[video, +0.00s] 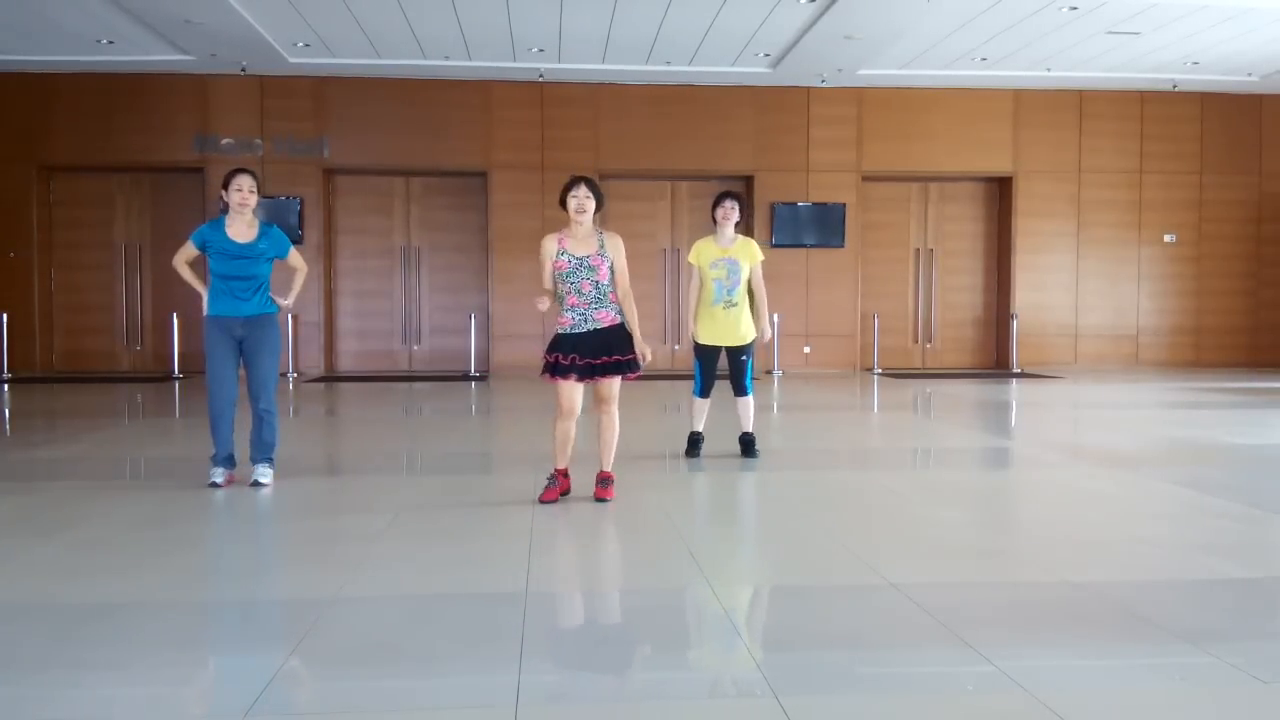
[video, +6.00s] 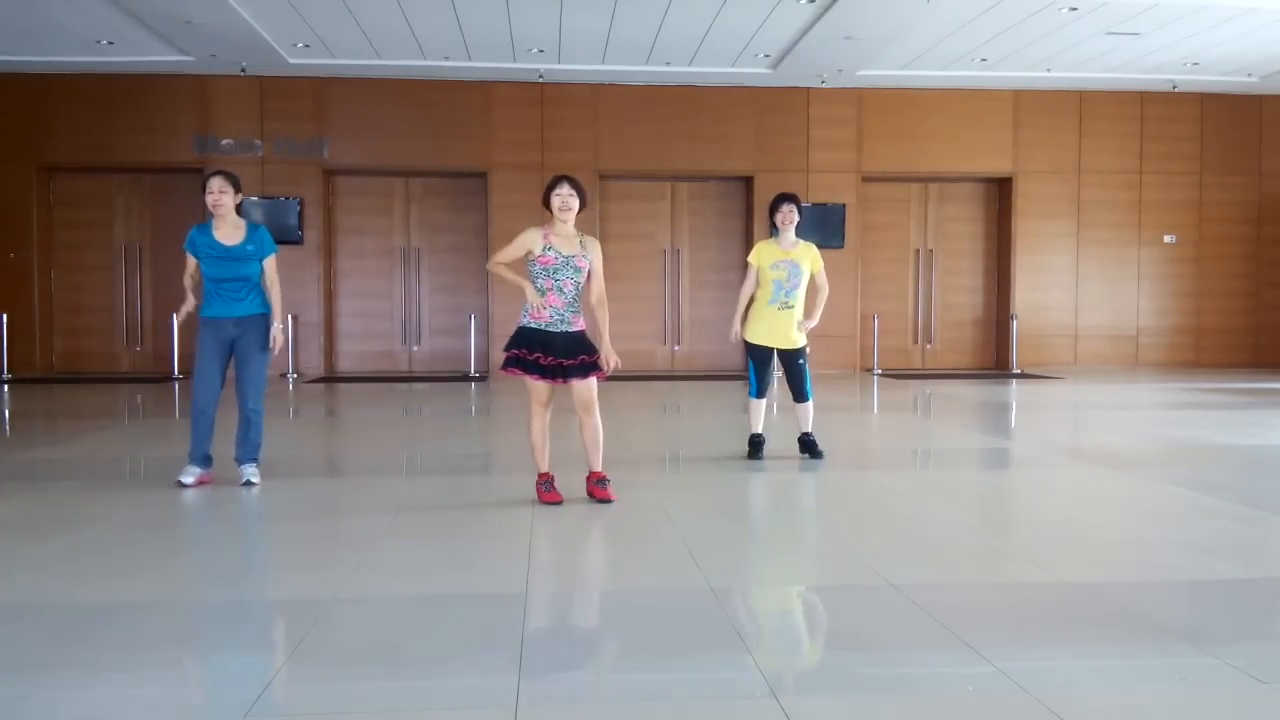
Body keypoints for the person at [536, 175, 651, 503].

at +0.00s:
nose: (581, 202)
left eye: (587, 197)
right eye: (575, 197)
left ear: (597, 204)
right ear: (565, 202)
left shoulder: (612, 242)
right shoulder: (551, 244)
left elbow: (624, 292)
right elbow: (549, 292)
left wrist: (637, 337)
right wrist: (547, 300)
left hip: (610, 335)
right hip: (570, 336)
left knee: (607, 405)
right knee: (567, 410)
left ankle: (605, 475)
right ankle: (560, 475)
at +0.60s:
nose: (561, 197)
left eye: (567, 192)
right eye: (554, 192)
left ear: (575, 200)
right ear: (544, 199)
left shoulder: (584, 241)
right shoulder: (531, 235)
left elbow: (592, 292)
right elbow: (502, 275)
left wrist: (606, 339)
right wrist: (538, 292)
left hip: (580, 329)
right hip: (544, 331)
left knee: (589, 400)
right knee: (547, 402)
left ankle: (586, 476)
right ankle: (541, 476)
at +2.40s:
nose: (565, 198)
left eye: (570, 193)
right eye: (558, 193)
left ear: (579, 200)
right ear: (547, 200)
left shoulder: (588, 243)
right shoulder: (535, 235)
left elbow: (595, 297)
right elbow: (505, 275)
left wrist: (608, 342)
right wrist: (498, 324)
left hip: (581, 332)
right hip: (543, 333)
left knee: (593, 400)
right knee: (545, 402)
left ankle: (590, 476)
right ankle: (541, 477)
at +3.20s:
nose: (579, 199)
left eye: (586, 194)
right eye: (573, 194)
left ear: (596, 200)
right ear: (564, 200)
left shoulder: (613, 238)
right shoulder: (554, 240)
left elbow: (624, 291)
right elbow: (549, 293)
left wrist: (627, 336)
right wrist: (532, 335)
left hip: (601, 334)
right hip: (560, 332)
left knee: (598, 406)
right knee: (556, 402)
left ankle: (604, 476)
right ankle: (554, 476)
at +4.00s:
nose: (575, 200)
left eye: (581, 195)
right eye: (568, 195)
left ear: (590, 201)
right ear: (558, 201)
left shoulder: (598, 243)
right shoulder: (545, 237)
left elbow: (609, 297)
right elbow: (508, 269)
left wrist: (624, 343)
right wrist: (536, 301)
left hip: (596, 333)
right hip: (559, 335)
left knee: (598, 405)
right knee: (565, 406)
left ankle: (596, 476)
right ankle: (549, 477)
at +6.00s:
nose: (565, 200)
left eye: (570, 196)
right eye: (558, 196)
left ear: (580, 203)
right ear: (548, 203)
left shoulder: (590, 245)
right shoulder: (534, 237)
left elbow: (598, 298)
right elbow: (494, 264)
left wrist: (605, 343)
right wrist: (526, 285)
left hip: (574, 333)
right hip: (537, 332)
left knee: (589, 405)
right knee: (541, 404)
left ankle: (597, 477)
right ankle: (544, 477)